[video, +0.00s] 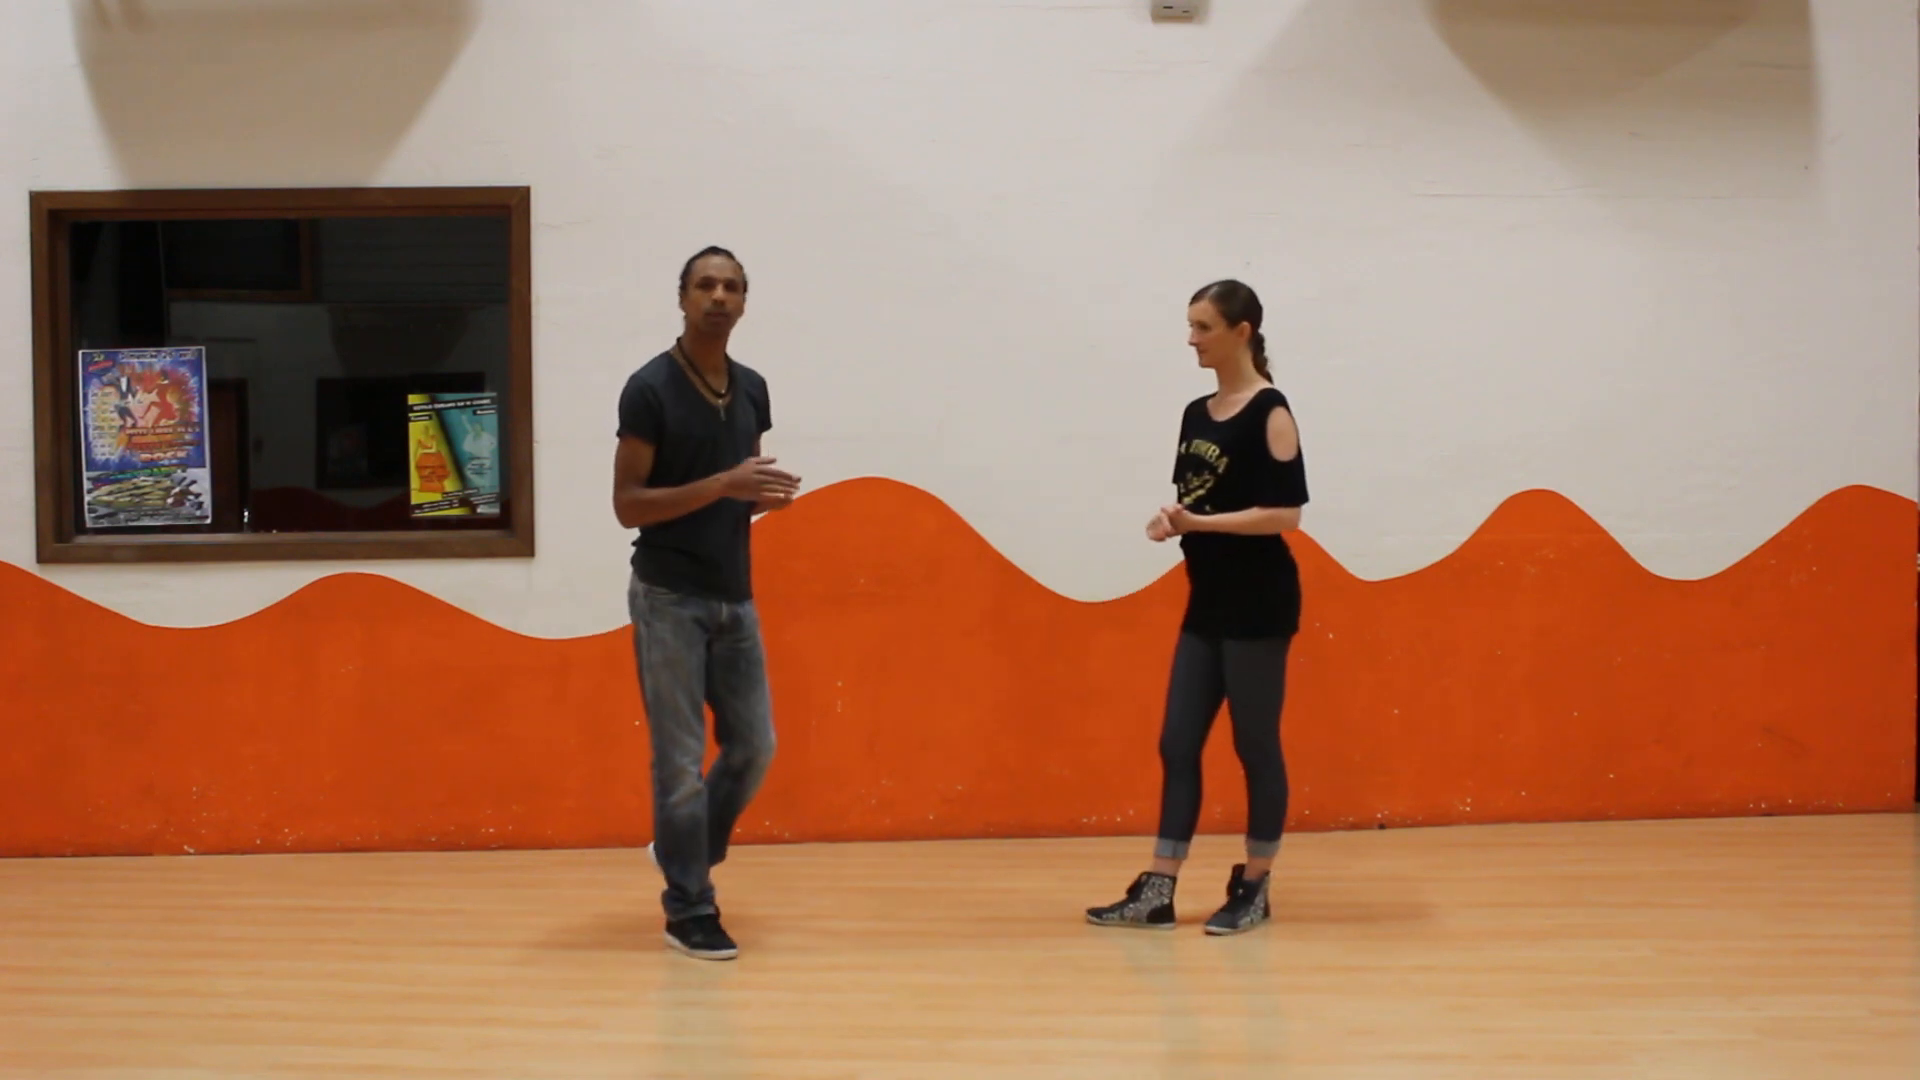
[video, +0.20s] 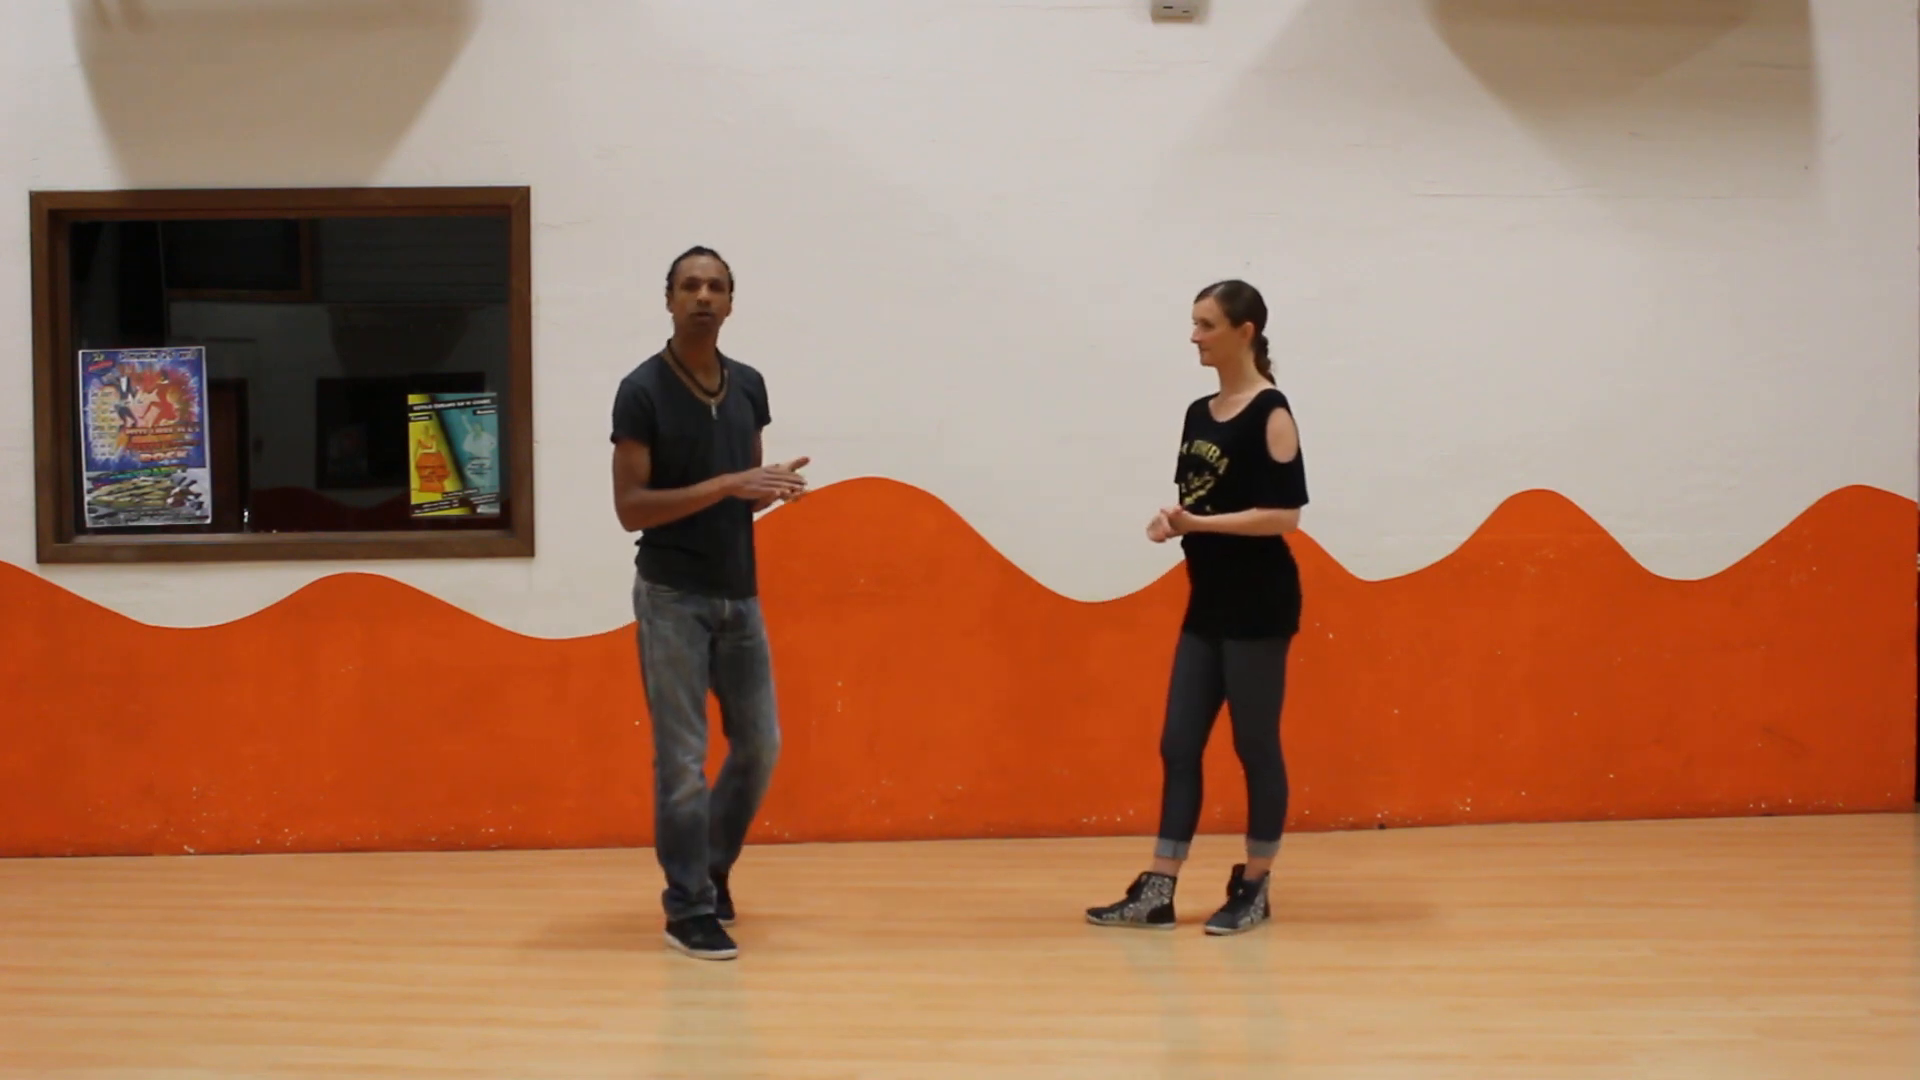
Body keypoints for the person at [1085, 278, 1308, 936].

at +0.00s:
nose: (1193, 340)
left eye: (1204, 328)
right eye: (1191, 328)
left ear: (1244, 330)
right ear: (1205, 333)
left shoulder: (1272, 414)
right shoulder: (1197, 413)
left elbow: (1285, 515)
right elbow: (1201, 501)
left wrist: (1198, 522)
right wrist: (1175, 516)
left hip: (1260, 606)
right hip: (1207, 602)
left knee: (1258, 745)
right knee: (1178, 744)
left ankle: (1252, 890)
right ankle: (1158, 890)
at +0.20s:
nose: (1195, 337)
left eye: (1206, 326)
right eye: (1195, 326)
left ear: (1247, 331)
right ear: (1213, 332)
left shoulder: (1273, 415)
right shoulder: (1199, 413)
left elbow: (1284, 516)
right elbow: (1205, 502)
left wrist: (1197, 522)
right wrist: (1176, 517)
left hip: (1260, 606)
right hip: (1207, 602)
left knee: (1258, 746)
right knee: (1179, 746)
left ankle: (1253, 890)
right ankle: (1158, 890)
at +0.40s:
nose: (1195, 336)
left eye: (1207, 325)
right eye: (1196, 324)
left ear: (1247, 331)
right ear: (1219, 331)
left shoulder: (1271, 414)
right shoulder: (1202, 413)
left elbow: (1281, 515)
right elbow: (1208, 503)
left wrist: (1195, 522)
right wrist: (1176, 517)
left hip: (1259, 605)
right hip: (1208, 600)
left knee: (1256, 745)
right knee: (1180, 744)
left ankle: (1253, 890)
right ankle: (1158, 889)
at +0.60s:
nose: (1195, 337)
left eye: (1207, 325)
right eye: (1196, 325)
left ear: (1247, 330)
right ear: (1223, 331)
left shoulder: (1270, 414)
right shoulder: (1204, 413)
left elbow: (1278, 515)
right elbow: (1214, 505)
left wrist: (1192, 521)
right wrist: (1175, 518)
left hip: (1257, 605)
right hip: (1207, 600)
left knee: (1254, 745)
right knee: (1181, 745)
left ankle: (1253, 889)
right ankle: (1157, 890)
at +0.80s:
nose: (1195, 336)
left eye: (1206, 325)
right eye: (1195, 325)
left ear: (1247, 330)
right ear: (1230, 331)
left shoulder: (1269, 413)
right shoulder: (1205, 412)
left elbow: (1276, 515)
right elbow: (1213, 504)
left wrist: (1192, 521)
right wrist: (1175, 518)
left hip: (1255, 604)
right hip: (1207, 600)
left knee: (1254, 745)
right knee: (1180, 745)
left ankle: (1253, 889)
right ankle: (1158, 890)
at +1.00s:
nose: (1196, 336)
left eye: (1207, 326)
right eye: (1197, 325)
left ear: (1247, 331)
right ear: (1230, 331)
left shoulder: (1270, 414)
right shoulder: (1205, 412)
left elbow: (1276, 514)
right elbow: (1211, 503)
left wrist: (1193, 520)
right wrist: (1175, 517)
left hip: (1255, 604)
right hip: (1207, 599)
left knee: (1252, 745)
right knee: (1180, 746)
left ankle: (1253, 889)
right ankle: (1158, 889)